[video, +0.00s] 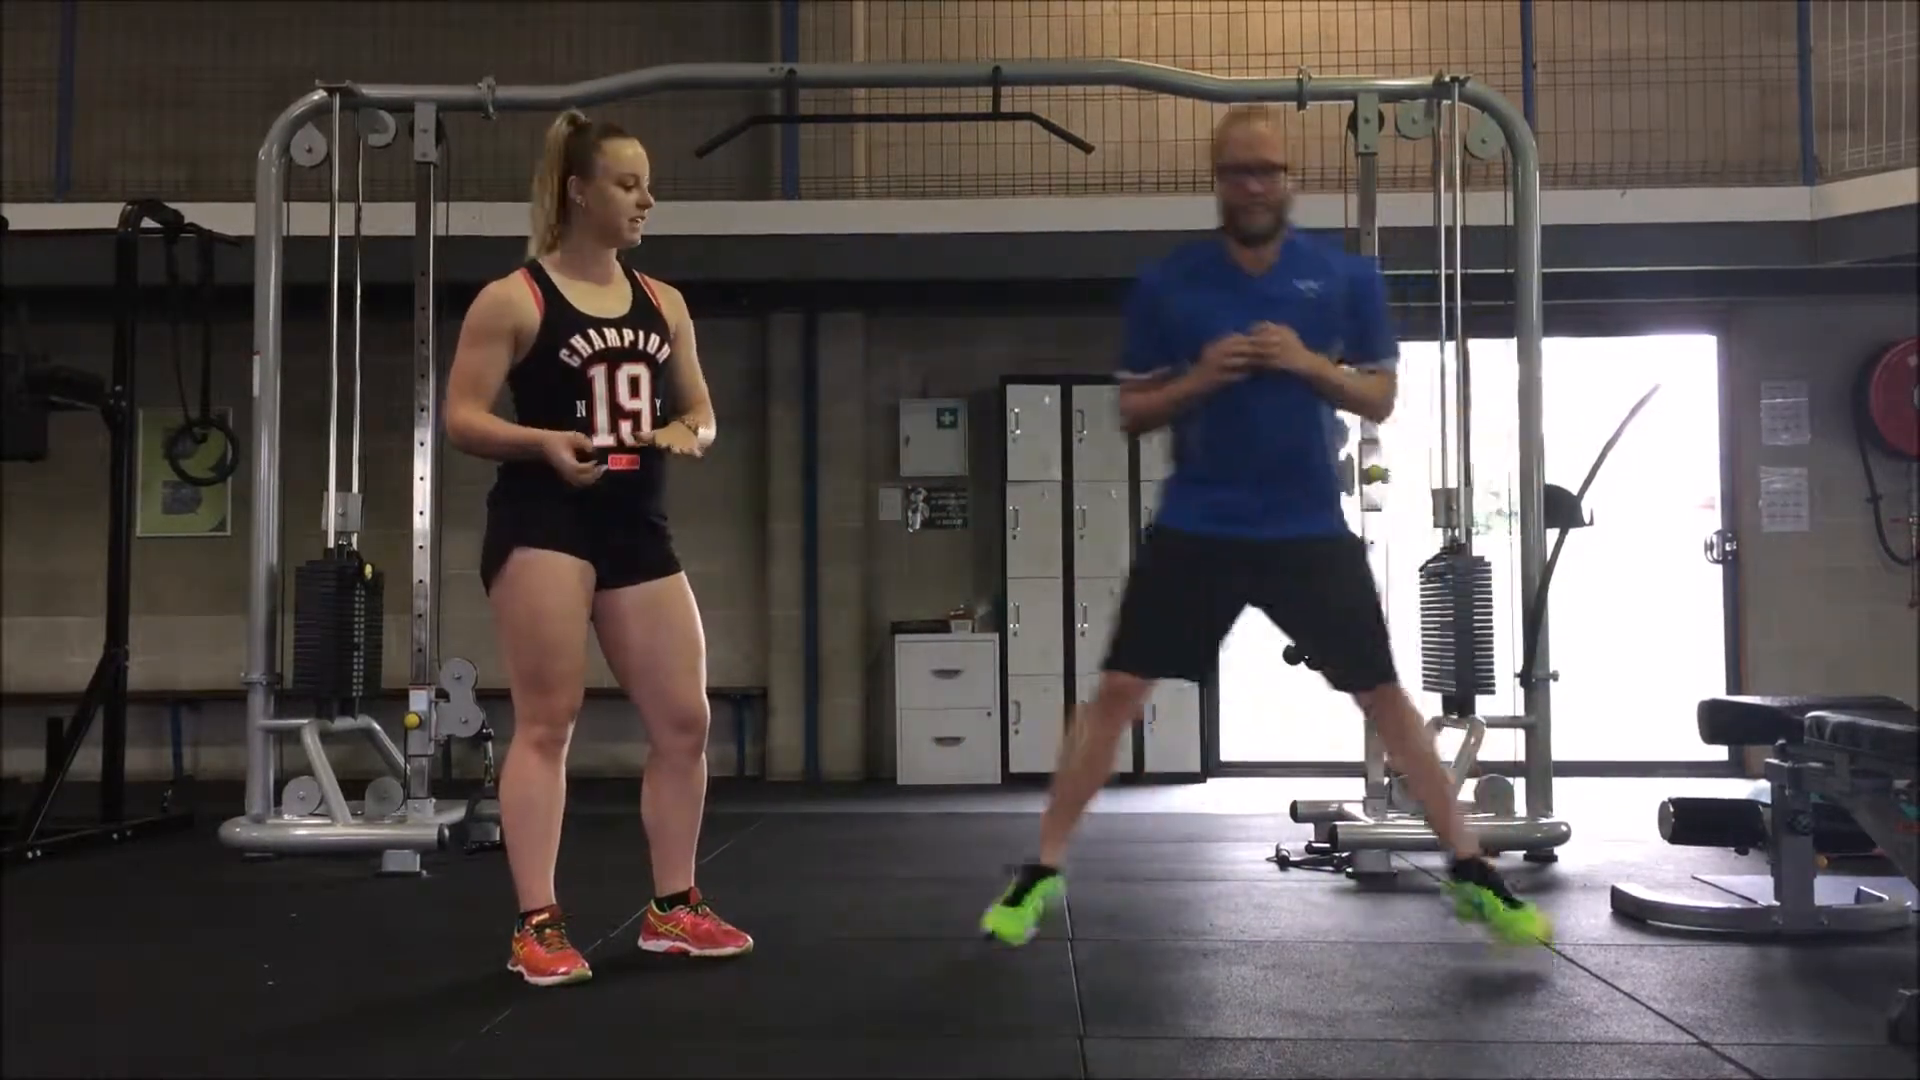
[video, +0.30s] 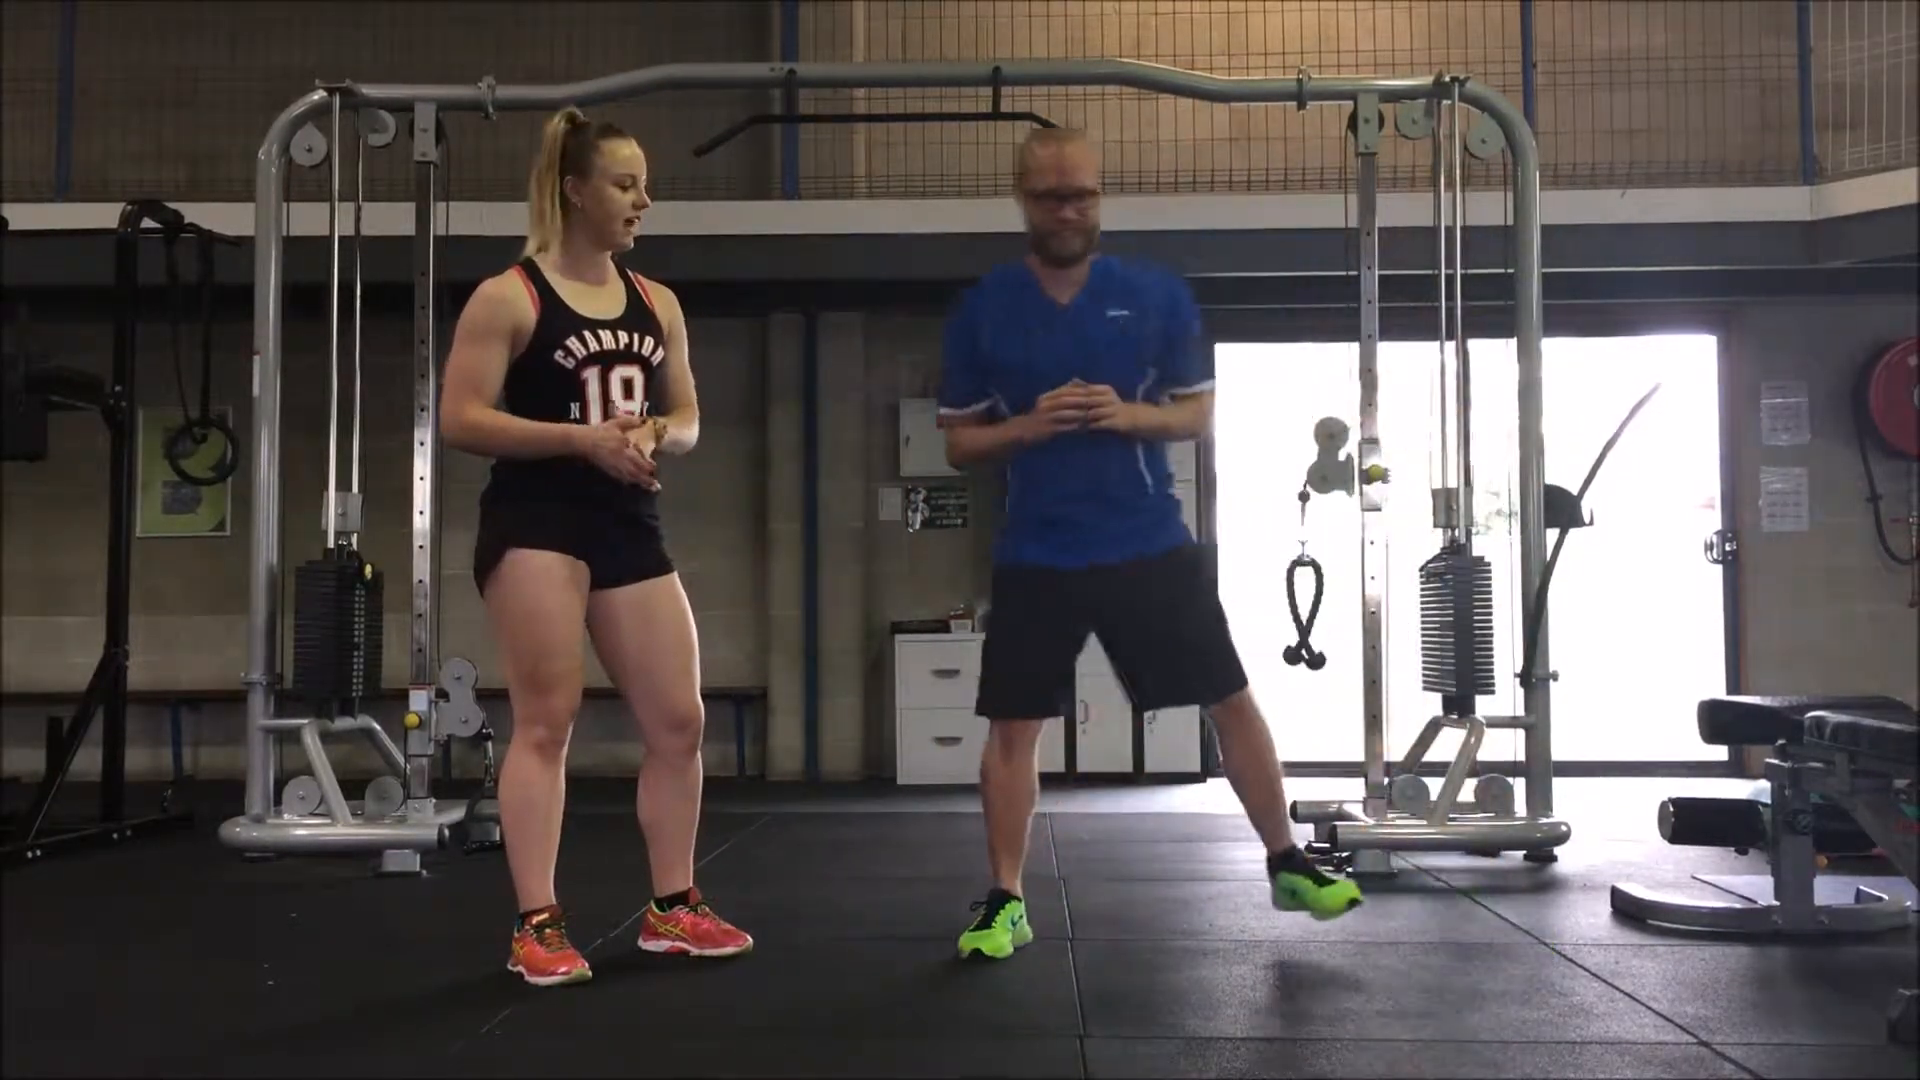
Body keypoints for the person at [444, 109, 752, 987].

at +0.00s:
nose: (644, 202)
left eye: (647, 188)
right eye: (628, 186)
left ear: (634, 199)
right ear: (576, 190)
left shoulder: (661, 301)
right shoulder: (510, 300)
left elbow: (699, 410)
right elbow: (460, 418)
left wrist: (689, 432)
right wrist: (540, 442)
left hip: (637, 530)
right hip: (544, 526)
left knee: (685, 721)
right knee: (546, 721)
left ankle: (674, 907)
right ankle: (537, 925)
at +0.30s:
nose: (641, 200)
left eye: (644, 185)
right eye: (624, 184)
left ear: (633, 194)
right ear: (570, 189)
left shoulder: (657, 303)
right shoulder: (505, 299)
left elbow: (685, 416)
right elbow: (460, 419)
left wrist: (664, 438)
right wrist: (580, 438)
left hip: (628, 527)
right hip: (535, 525)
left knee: (679, 719)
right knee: (545, 719)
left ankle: (674, 906)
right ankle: (538, 923)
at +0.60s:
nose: (640, 203)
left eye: (642, 188)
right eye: (623, 188)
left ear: (629, 196)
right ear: (571, 191)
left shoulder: (652, 304)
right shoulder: (499, 300)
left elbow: (686, 415)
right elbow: (455, 420)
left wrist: (668, 438)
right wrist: (567, 431)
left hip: (625, 530)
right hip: (531, 527)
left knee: (675, 722)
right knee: (542, 722)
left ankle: (674, 906)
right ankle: (537, 925)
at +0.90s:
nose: (632, 201)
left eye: (636, 187)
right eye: (616, 186)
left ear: (627, 193)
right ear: (562, 188)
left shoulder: (650, 305)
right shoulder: (495, 301)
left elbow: (683, 416)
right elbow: (448, 421)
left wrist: (672, 443)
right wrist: (538, 428)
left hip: (622, 532)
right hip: (528, 529)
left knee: (671, 723)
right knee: (541, 722)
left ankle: (672, 907)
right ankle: (537, 925)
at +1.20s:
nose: (601, 189)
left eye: (615, 177)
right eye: (582, 172)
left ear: (626, 193)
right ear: (543, 182)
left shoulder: (652, 303)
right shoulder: (496, 300)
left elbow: (680, 417)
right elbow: (460, 423)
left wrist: (667, 439)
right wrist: (560, 436)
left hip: (624, 531)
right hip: (528, 527)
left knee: (673, 724)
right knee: (546, 722)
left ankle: (673, 907)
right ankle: (537, 925)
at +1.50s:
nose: (598, 181)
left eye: (611, 169)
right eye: (579, 167)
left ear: (626, 188)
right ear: (542, 183)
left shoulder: (657, 303)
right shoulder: (501, 302)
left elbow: (685, 414)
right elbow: (472, 429)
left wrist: (671, 450)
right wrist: (546, 525)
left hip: (623, 527)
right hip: (527, 529)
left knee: (673, 725)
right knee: (546, 726)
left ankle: (673, 907)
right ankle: (538, 926)